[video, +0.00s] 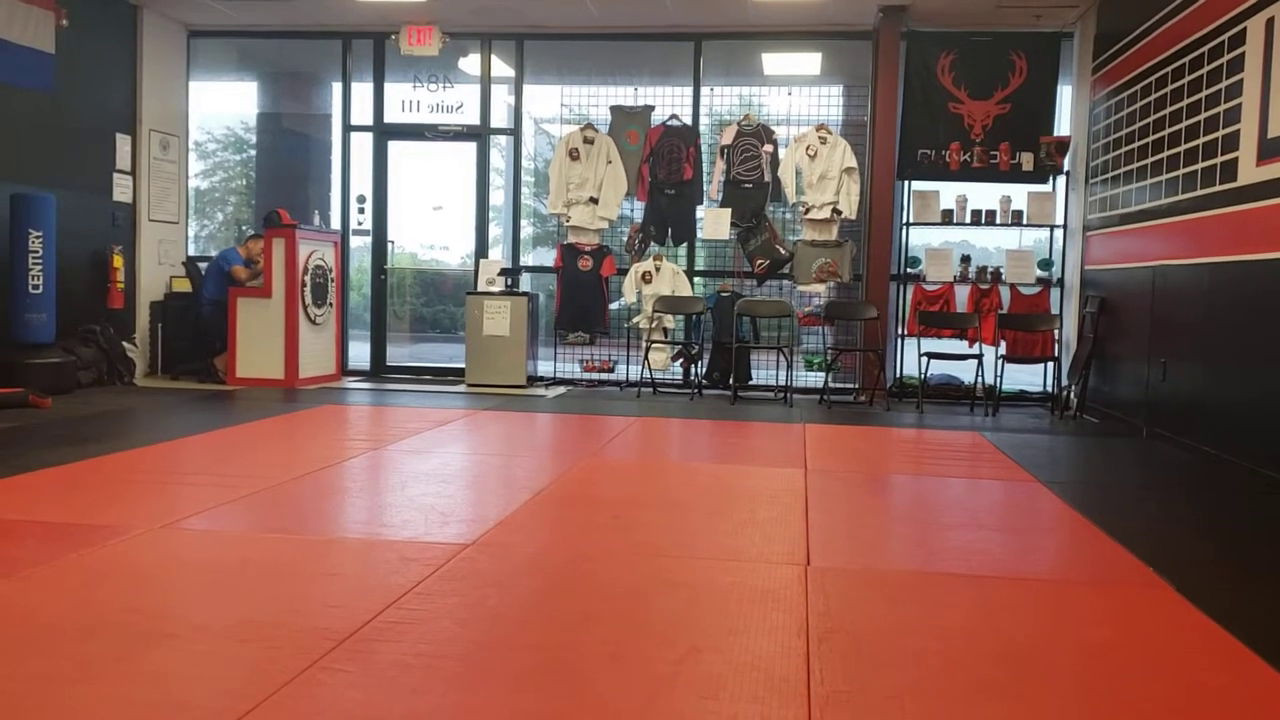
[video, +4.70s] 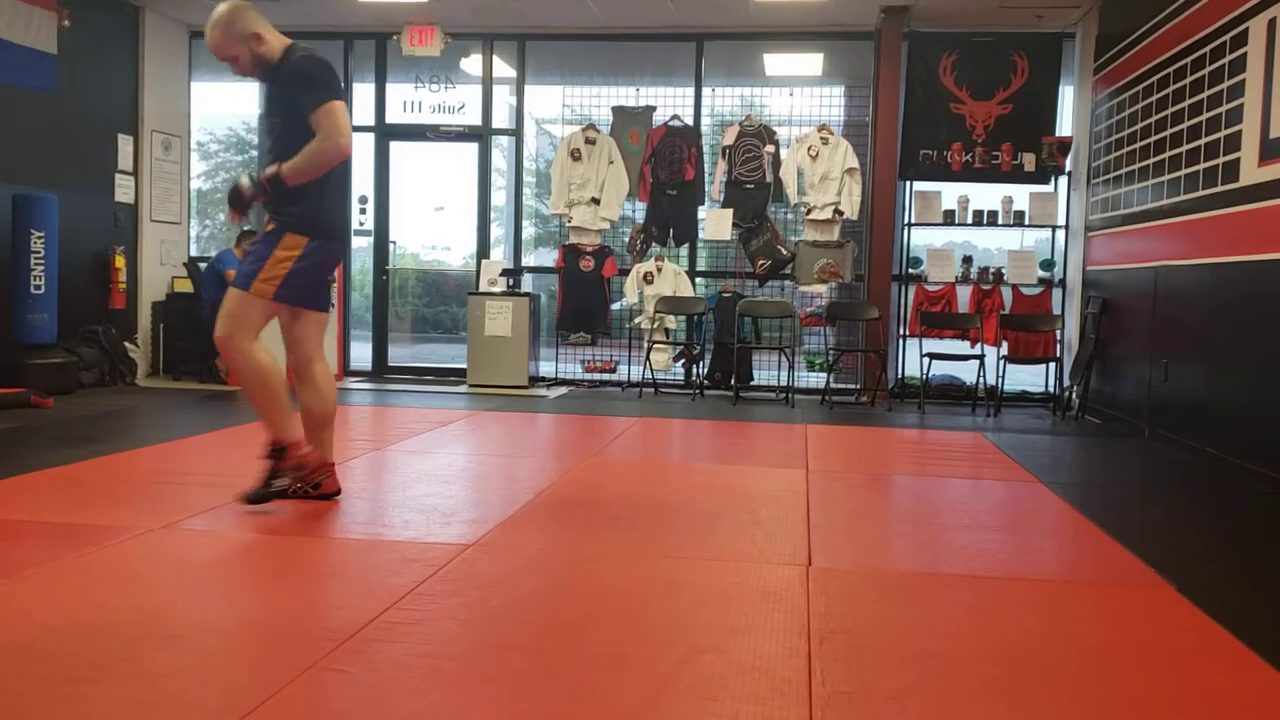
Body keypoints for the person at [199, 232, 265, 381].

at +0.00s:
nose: (261, 255)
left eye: (263, 252)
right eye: (260, 250)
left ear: (250, 245)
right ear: (250, 244)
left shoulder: (243, 259)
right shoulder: (230, 255)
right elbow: (241, 276)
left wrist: (262, 266)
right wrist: (259, 269)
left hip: (225, 305)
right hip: (212, 306)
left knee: (252, 328)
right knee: (247, 332)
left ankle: (222, 363)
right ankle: (220, 363)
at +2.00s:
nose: (262, 255)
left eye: (263, 251)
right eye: (260, 250)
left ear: (248, 246)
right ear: (247, 245)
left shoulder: (245, 263)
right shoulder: (229, 256)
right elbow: (234, 279)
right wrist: (257, 278)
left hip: (229, 308)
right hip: (214, 309)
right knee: (252, 332)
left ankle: (226, 363)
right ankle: (223, 362)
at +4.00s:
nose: (261, 253)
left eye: (262, 250)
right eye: (260, 248)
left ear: (248, 245)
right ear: (247, 244)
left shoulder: (245, 263)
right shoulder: (228, 255)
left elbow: (252, 282)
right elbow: (236, 279)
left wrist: (265, 276)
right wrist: (258, 278)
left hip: (230, 307)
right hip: (214, 308)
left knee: (258, 328)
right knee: (252, 331)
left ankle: (226, 363)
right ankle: (223, 362)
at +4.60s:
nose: (261, 254)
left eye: (262, 250)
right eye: (259, 249)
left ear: (247, 245)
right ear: (246, 244)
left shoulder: (246, 264)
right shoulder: (228, 256)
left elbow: (252, 282)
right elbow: (235, 280)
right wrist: (258, 279)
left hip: (230, 308)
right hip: (213, 309)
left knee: (257, 324)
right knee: (251, 328)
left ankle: (226, 363)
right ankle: (223, 362)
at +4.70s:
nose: (252, 250)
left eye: (254, 246)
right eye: (251, 245)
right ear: (242, 244)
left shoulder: (242, 261)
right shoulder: (226, 256)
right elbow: (234, 280)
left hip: (221, 303)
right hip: (209, 303)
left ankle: (221, 367)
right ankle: (215, 368)